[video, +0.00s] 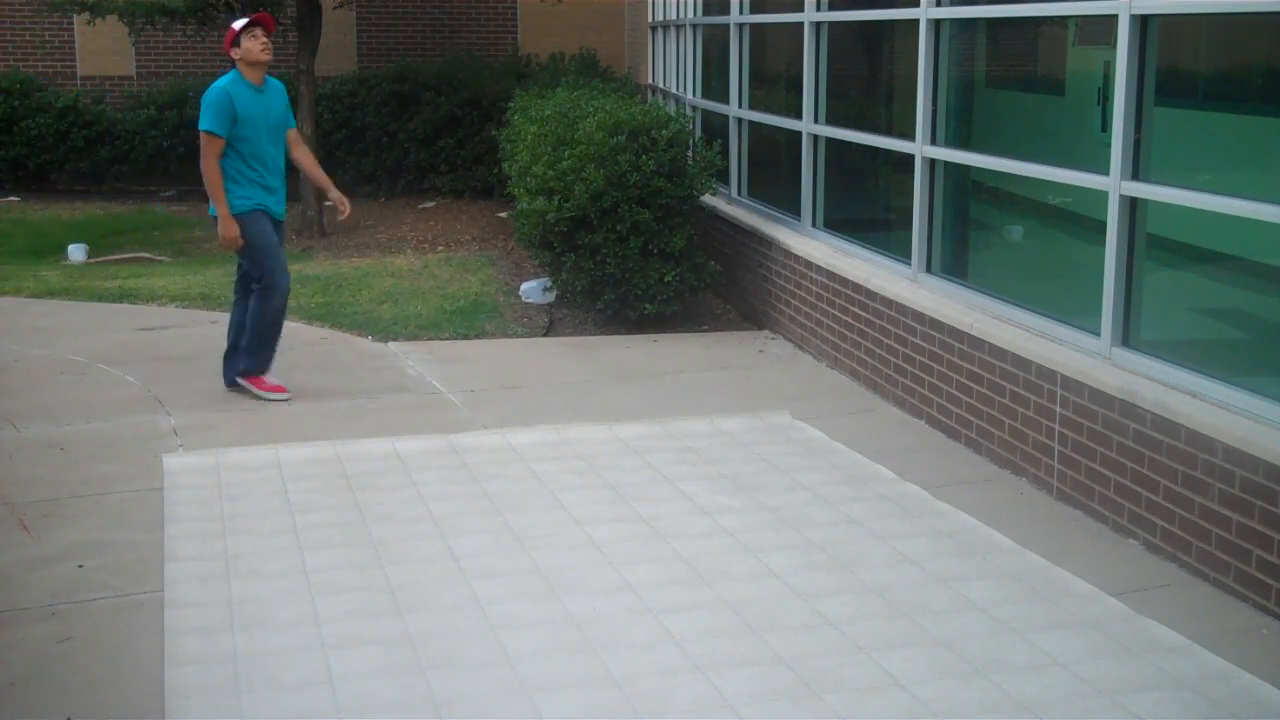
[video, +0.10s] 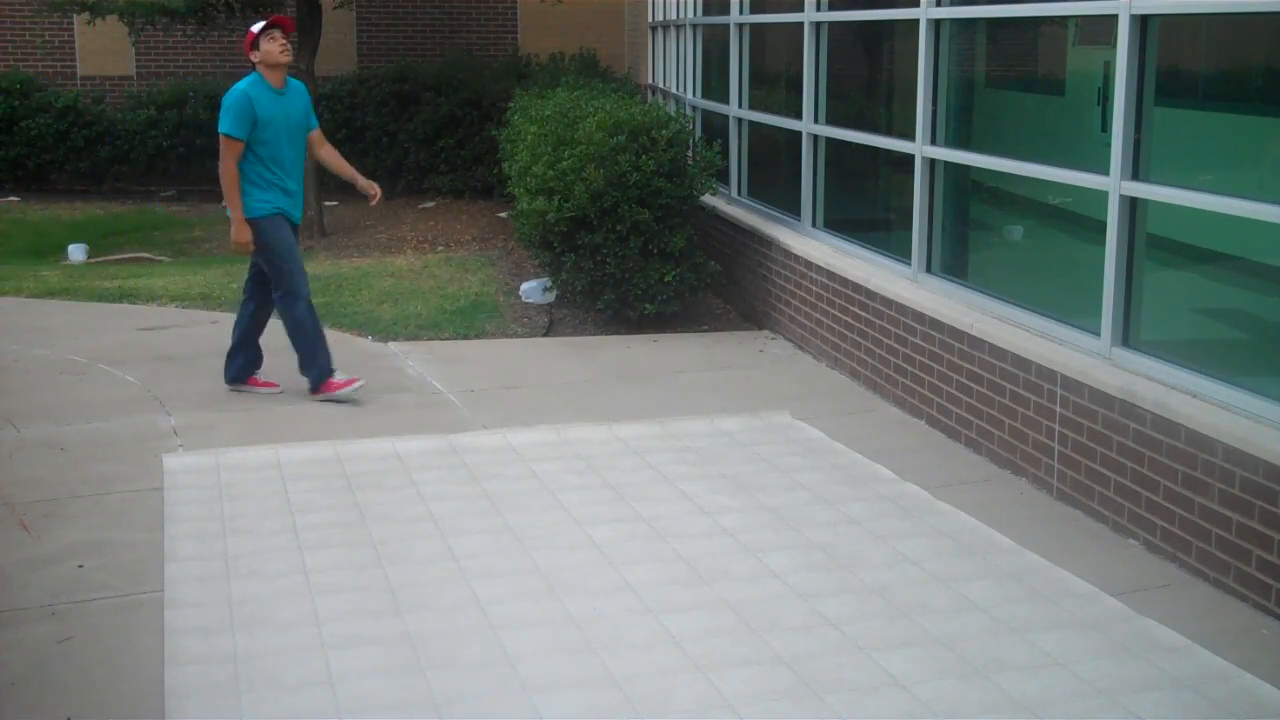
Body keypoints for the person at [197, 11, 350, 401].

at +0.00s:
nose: (264, 42)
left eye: (266, 37)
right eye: (253, 38)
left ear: (270, 48)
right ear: (235, 52)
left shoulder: (276, 90)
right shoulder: (221, 94)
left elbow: (296, 146)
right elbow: (209, 160)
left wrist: (330, 188)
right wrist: (224, 215)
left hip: (273, 205)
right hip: (240, 205)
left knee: (250, 288)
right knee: (275, 281)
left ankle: (236, 372)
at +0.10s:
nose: (284, 43)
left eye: (285, 39)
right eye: (273, 40)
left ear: (290, 50)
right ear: (255, 55)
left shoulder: (298, 91)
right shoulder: (241, 96)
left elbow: (320, 147)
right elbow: (227, 162)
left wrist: (358, 179)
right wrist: (237, 220)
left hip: (289, 208)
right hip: (259, 208)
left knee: (260, 293)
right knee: (293, 286)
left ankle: (240, 372)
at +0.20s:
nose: (304, 47)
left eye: (306, 43)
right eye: (293, 44)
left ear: (312, 54)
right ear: (275, 60)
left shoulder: (318, 93)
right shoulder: (263, 100)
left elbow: (339, 147)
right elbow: (250, 167)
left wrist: (379, 180)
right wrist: (256, 226)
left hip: (309, 211)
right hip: (279, 213)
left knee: (276, 293)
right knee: (317, 290)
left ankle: (243, 367)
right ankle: (349, 378)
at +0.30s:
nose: (328, 52)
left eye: (329, 46)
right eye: (317, 47)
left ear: (332, 53)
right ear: (298, 58)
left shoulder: (337, 93)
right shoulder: (284, 102)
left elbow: (354, 150)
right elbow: (274, 170)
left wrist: (391, 190)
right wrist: (282, 230)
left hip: (334, 212)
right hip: (306, 215)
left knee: (313, 291)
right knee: (339, 292)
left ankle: (260, 355)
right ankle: (355, 382)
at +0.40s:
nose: (353, 57)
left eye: (355, 49)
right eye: (344, 50)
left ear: (355, 52)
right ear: (321, 54)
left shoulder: (353, 91)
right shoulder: (304, 100)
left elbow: (363, 150)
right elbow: (301, 170)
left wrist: (388, 198)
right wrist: (316, 228)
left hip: (360, 210)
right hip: (328, 215)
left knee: (366, 290)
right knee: (351, 298)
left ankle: (296, 339)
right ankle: (356, 383)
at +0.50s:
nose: (376, 66)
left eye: (380, 59)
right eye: (370, 58)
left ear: (378, 57)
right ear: (345, 53)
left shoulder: (369, 90)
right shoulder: (322, 96)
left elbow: (366, 150)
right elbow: (325, 168)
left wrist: (379, 203)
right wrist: (352, 220)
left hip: (378, 209)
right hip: (342, 215)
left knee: (400, 282)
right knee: (355, 298)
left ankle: (345, 338)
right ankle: (355, 383)